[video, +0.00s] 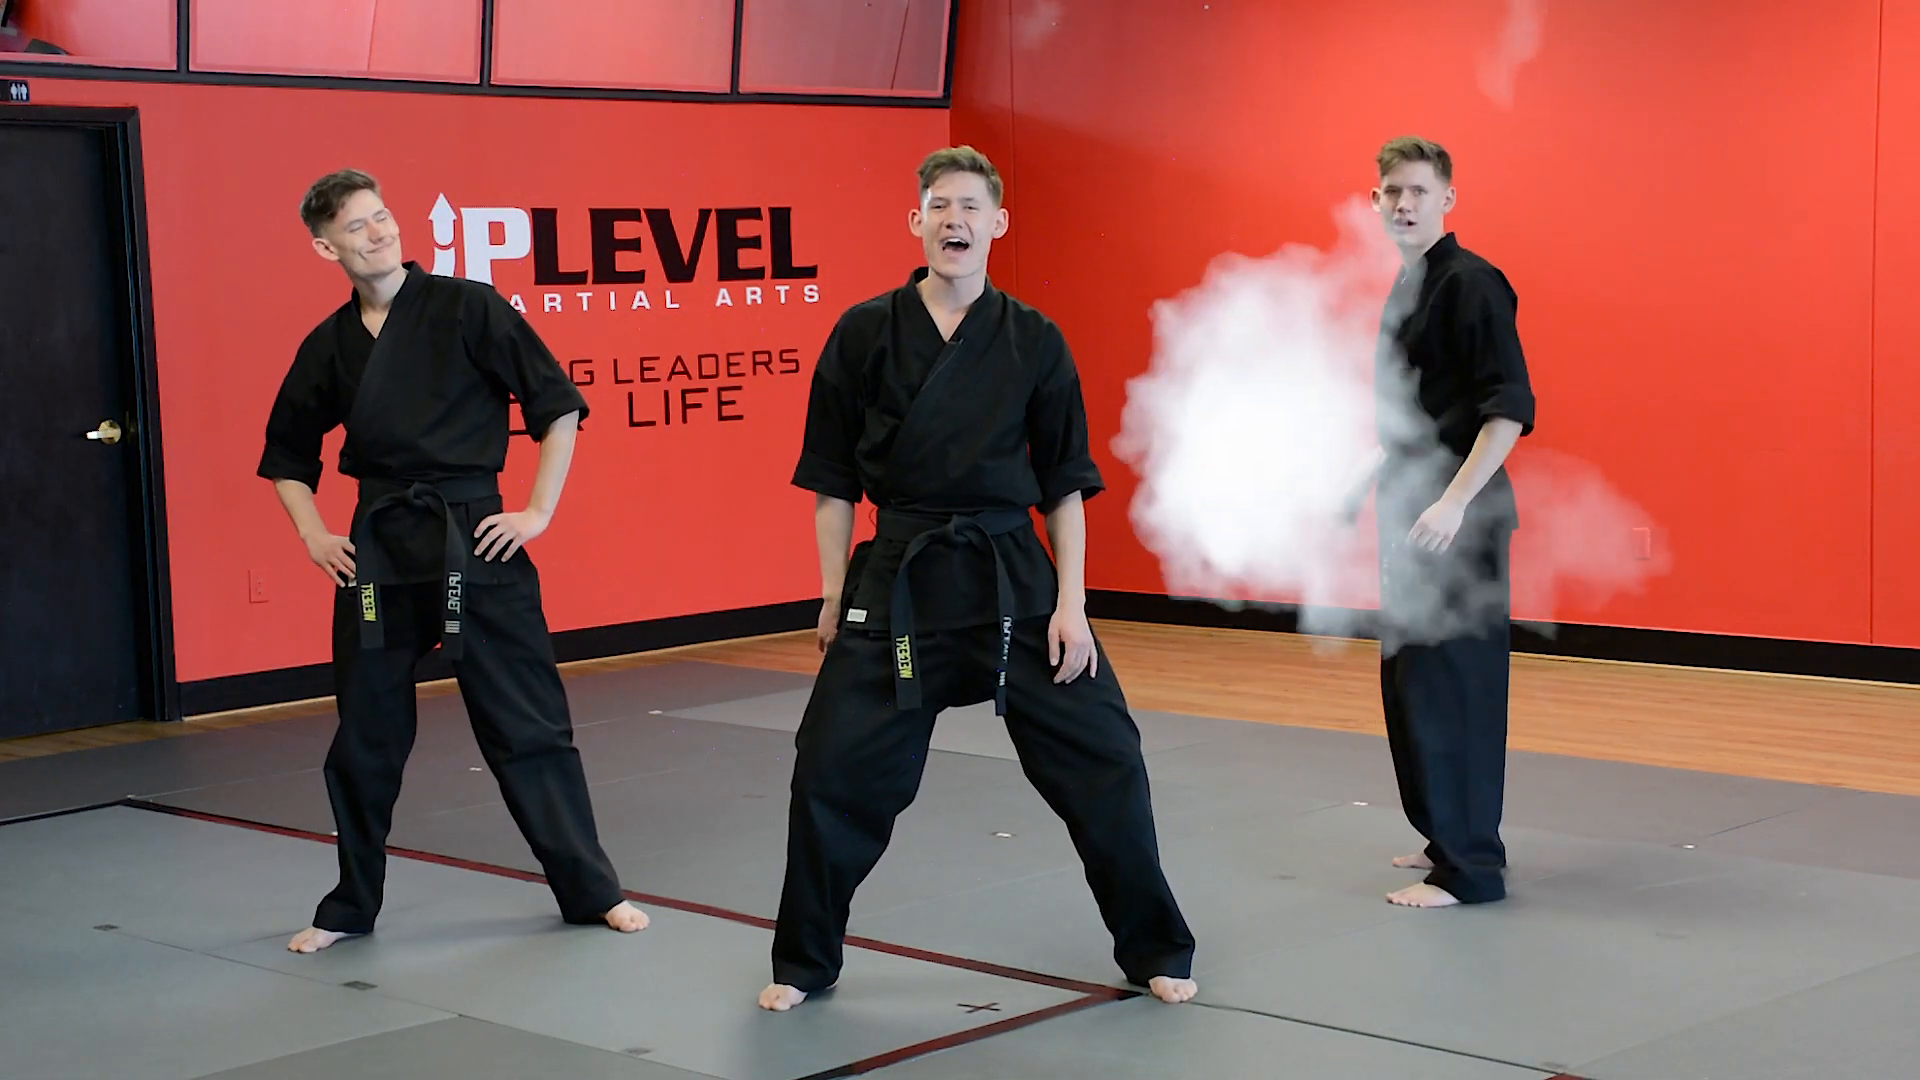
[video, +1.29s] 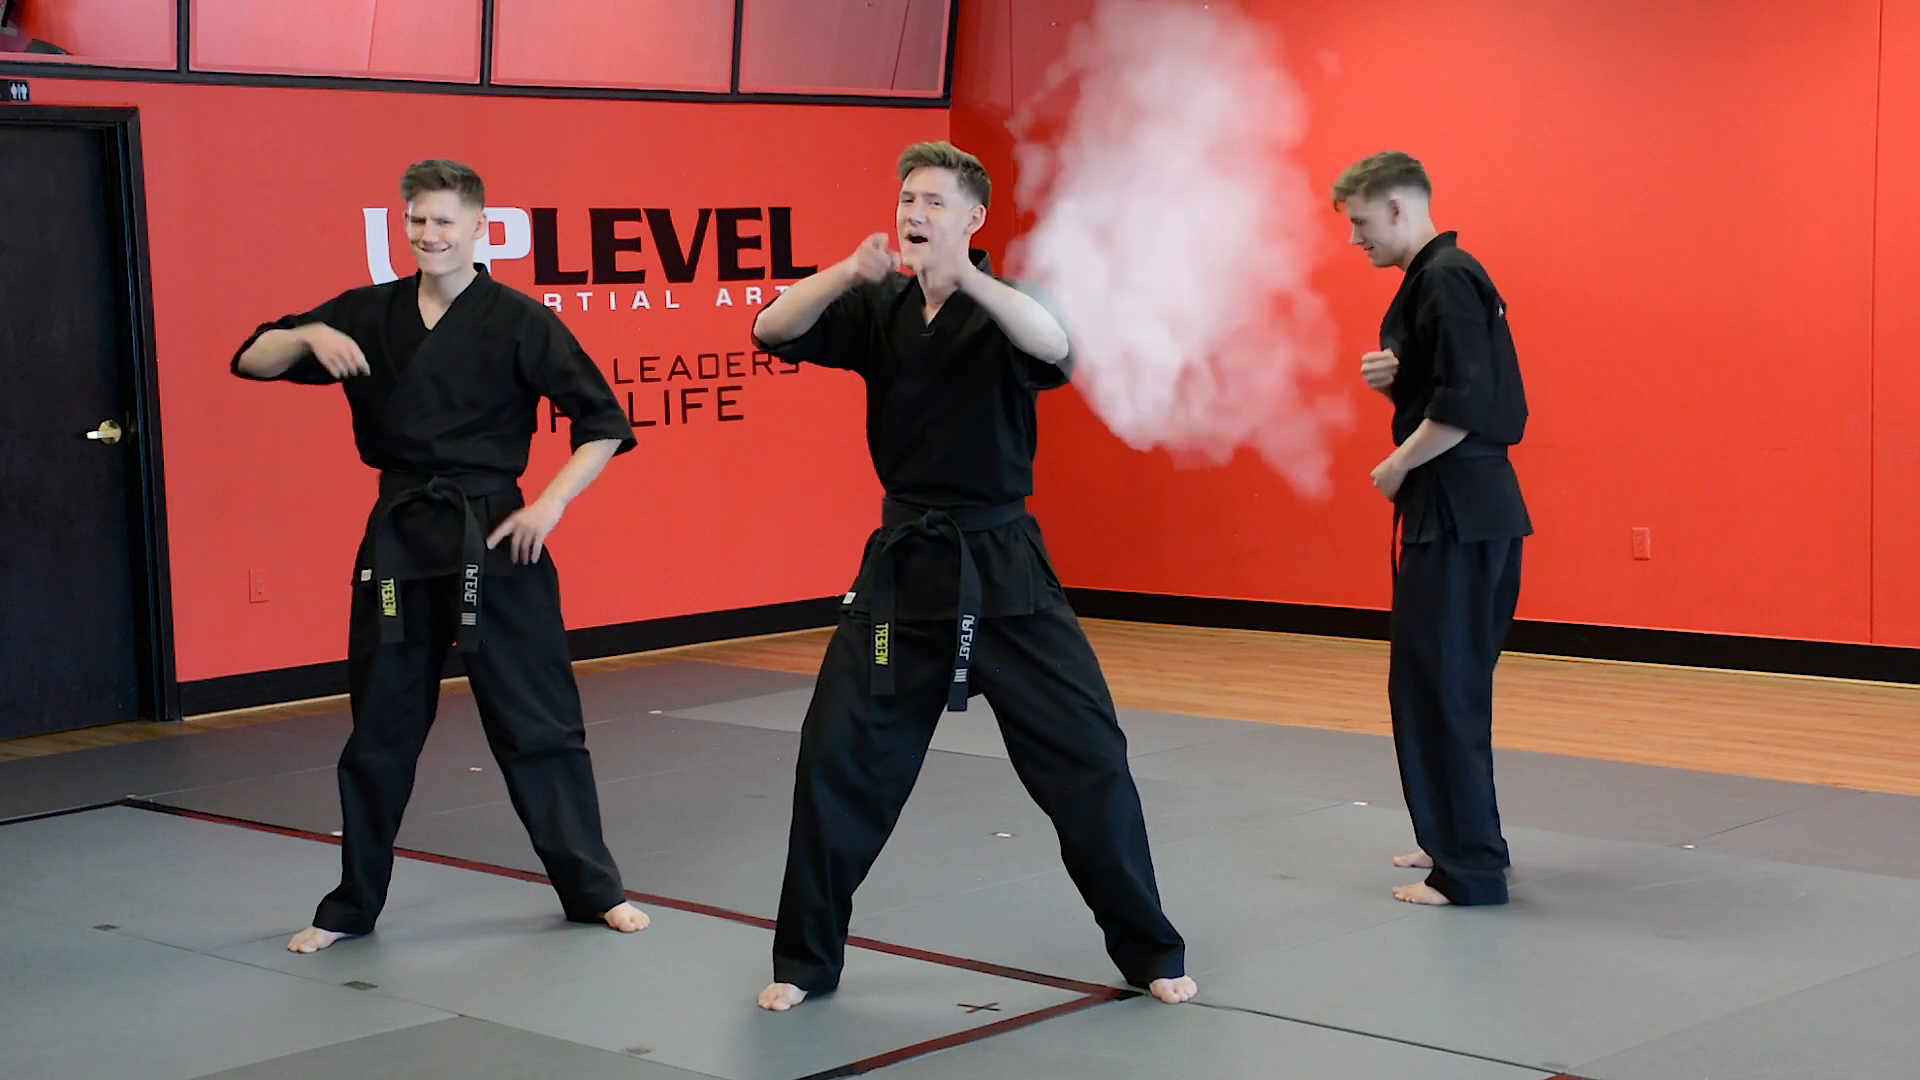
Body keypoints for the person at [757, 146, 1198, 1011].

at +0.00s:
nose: (956, 218)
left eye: (972, 206)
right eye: (941, 205)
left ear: (999, 224)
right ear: (916, 223)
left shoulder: (1033, 339)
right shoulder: (863, 334)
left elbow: (1064, 481)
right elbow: (834, 480)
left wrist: (1071, 603)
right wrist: (833, 598)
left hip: (1013, 578)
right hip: (897, 580)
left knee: (1106, 759)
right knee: (832, 766)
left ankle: (1154, 948)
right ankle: (805, 960)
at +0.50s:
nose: (942, 217)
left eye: (959, 205)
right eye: (929, 207)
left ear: (994, 221)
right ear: (910, 228)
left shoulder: (1036, 336)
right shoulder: (864, 327)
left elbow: (1065, 466)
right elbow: (819, 436)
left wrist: (1019, 507)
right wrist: (832, 496)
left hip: (1013, 573)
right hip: (898, 574)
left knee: (1103, 753)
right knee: (832, 764)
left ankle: (1153, 948)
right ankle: (805, 959)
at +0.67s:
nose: (938, 218)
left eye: (955, 205)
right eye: (925, 207)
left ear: (990, 219)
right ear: (907, 225)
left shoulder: (1032, 330)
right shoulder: (867, 326)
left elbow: (1031, 458)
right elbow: (841, 436)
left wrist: (953, 432)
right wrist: (918, 422)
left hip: (1010, 571)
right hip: (898, 574)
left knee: (1101, 754)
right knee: (829, 764)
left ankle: (1152, 948)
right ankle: (804, 960)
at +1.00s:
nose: (924, 218)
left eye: (941, 204)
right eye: (913, 205)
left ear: (979, 218)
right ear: (899, 222)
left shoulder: (1024, 306)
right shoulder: (878, 316)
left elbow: (1052, 375)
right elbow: (787, 357)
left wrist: (969, 302)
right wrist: (854, 307)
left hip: (1009, 566)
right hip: (901, 567)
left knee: (1095, 757)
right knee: (833, 763)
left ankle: (1151, 952)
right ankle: (805, 960)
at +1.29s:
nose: (914, 215)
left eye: (934, 202)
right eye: (907, 200)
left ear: (974, 219)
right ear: (895, 214)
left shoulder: (1013, 307)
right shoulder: (875, 307)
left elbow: (1053, 348)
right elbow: (770, 332)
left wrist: (970, 280)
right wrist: (848, 273)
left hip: (1007, 563)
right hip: (903, 565)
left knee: (1091, 757)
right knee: (835, 763)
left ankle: (1150, 953)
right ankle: (807, 961)